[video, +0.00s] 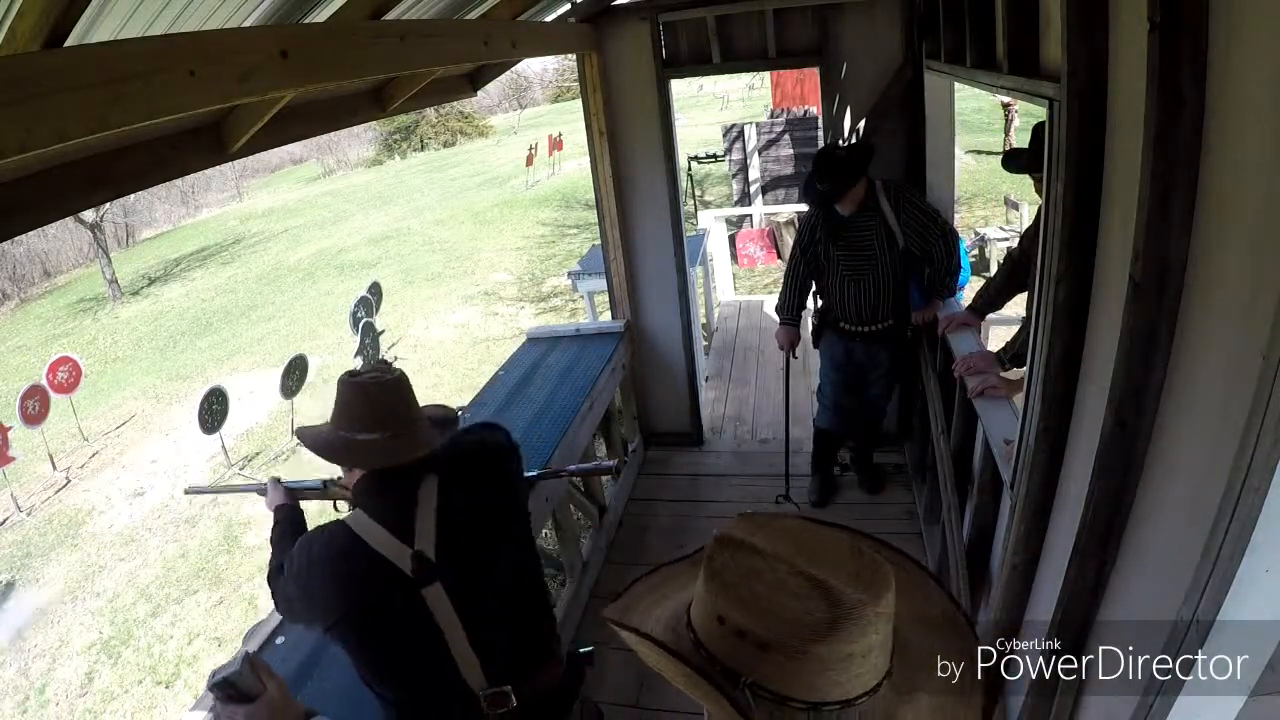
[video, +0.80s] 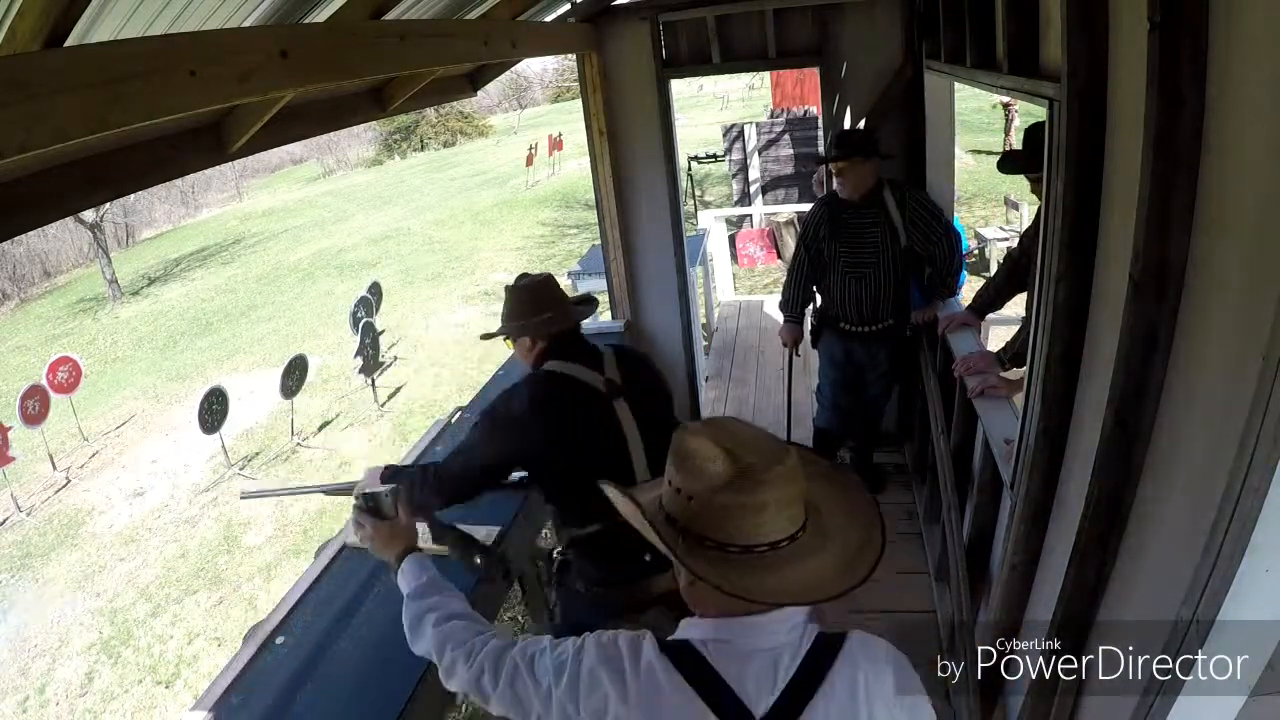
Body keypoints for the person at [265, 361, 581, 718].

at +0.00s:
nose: (342, 465)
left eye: (342, 457)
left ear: (351, 466)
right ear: (421, 435)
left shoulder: (325, 559)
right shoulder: (488, 464)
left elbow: (287, 591)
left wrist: (282, 510)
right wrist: (380, 476)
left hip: (435, 715)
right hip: (546, 685)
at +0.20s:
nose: (355, 437)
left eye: (357, 428)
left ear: (363, 434)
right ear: (442, 415)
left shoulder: (344, 531)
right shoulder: (504, 459)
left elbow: (322, 520)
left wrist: (306, 471)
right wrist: (385, 461)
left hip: (450, 703)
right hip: (552, 672)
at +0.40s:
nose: (415, 417)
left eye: (418, 409)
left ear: (425, 415)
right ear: (493, 397)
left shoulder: (402, 498)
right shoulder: (555, 447)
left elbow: (370, 553)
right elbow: (586, 543)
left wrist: (381, 463)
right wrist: (438, 458)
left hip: (496, 682)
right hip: (588, 649)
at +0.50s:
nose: (456, 396)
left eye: (458, 386)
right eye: (457, 385)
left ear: (470, 392)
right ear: (530, 379)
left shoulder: (453, 476)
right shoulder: (589, 433)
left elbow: (396, 545)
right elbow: (615, 526)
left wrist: (388, 467)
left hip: (530, 648)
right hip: (611, 619)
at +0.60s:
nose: (491, 374)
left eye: (490, 364)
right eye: (489, 364)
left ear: (503, 368)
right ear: (559, 352)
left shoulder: (485, 446)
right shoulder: (626, 403)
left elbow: (436, 531)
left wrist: (403, 475)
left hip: (563, 615)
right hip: (644, 586)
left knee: (545, 705)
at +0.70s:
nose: (509, 359)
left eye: (509, 349)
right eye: (507, 349)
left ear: (526, 351)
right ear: (571, 334)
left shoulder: (510, 419)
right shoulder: (641, 379)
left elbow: (447, 505)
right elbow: (663, 464)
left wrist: (396, 475)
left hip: (586, 588)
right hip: (665, 561)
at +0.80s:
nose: (513, 351)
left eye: (513, 342)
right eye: (511, 342)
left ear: (532, 342)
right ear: (573, 322)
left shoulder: (527, 404)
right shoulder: (636, 364)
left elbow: (452, 480)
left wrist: (390, 477)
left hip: (606, 561)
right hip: (677, 532)